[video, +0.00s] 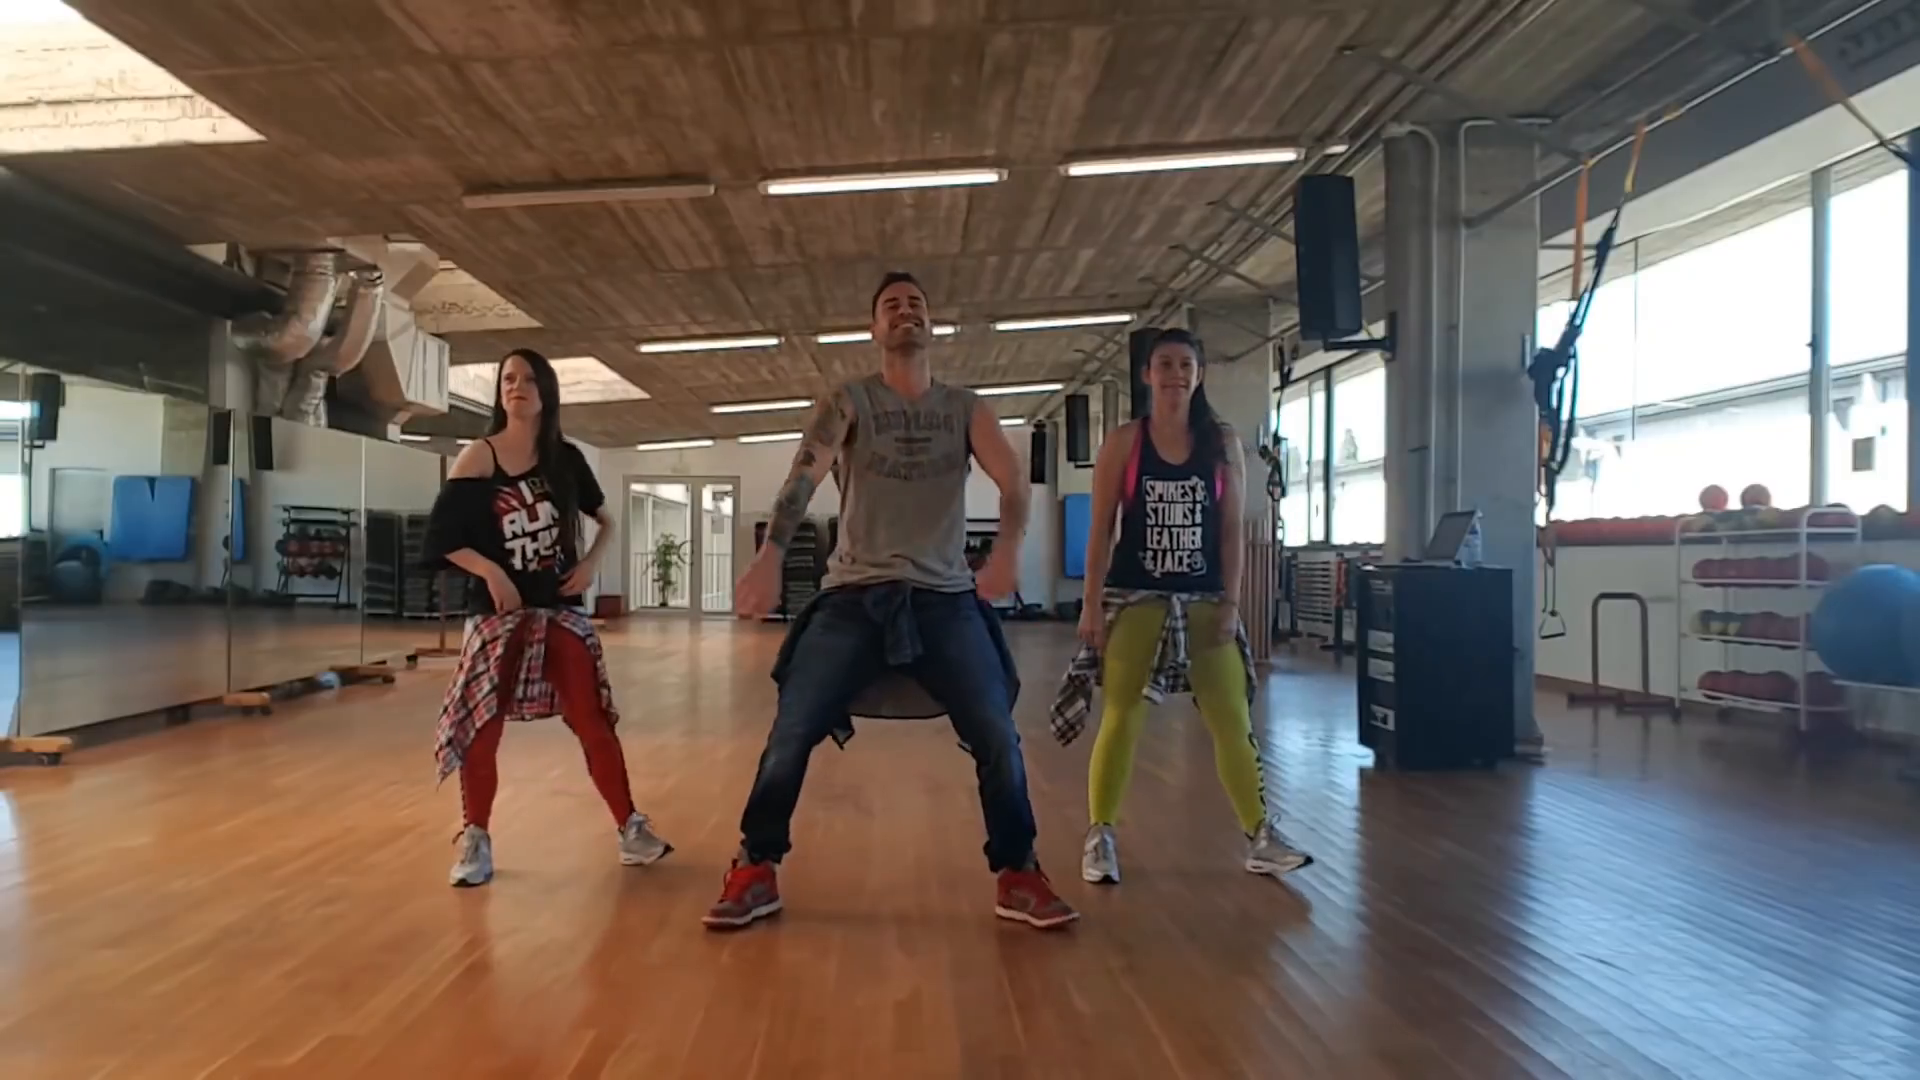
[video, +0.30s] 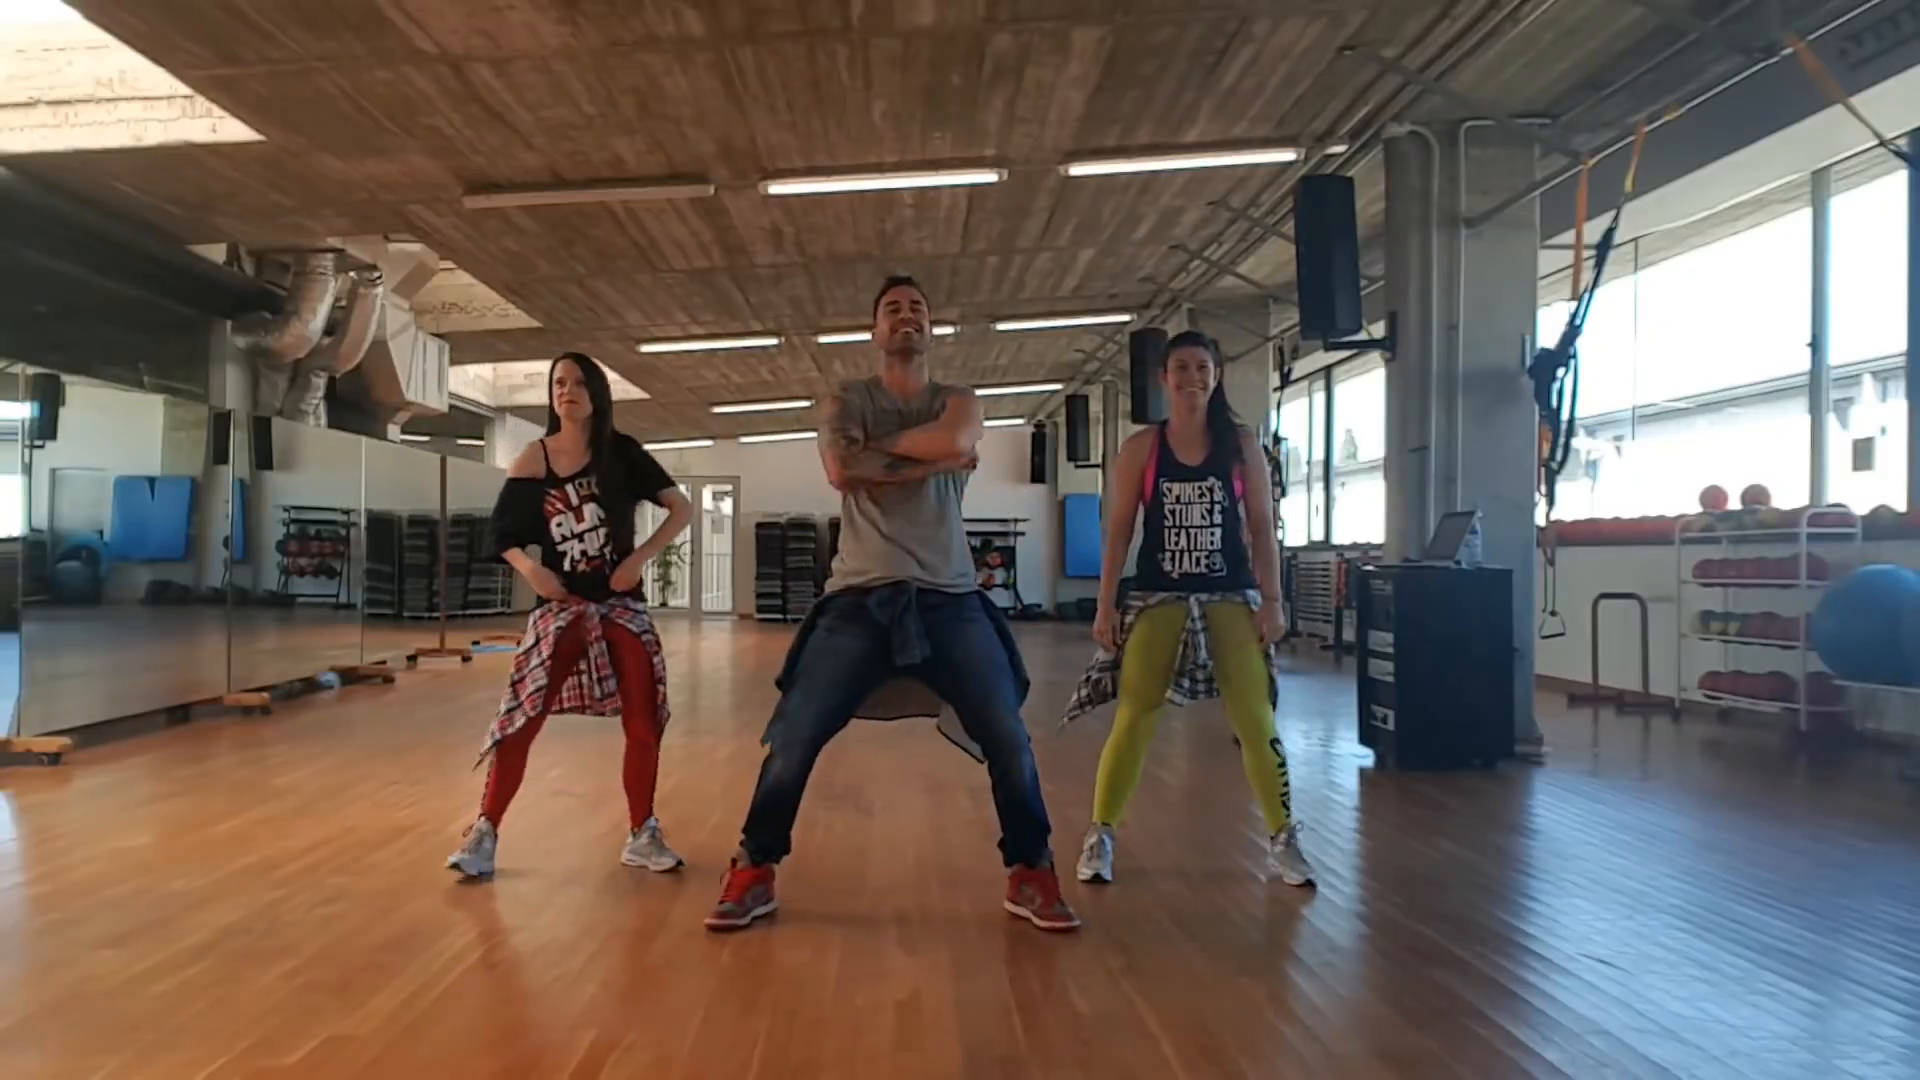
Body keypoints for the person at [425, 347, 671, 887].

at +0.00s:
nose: (518, 388)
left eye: (528, 380)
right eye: (510, 380)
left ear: (548, 390)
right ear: (499, 393)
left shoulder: (566, 458)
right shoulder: (477, 457)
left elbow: (605, 521)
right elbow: (445, 540)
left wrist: (590, 563)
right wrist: (492, 572)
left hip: (561, 607)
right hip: (499, 610)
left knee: (588, 715)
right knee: (481, 726)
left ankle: (630, 827)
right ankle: (475, 839)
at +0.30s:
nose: (568, 391)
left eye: (579, 384)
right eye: (560, 384)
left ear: (598, 393)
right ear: (551, 395)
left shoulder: (621, 451)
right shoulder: (533, 460)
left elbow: (682, 509)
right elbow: (502, 535)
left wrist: (639, 558)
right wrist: (530, 569)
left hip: (621, 602)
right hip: (560, 604)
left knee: (643, 719)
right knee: (521, 717)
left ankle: (643, 834)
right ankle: (484, 834)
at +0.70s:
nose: (589, 398)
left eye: (600, 390)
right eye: (582, 389)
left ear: (619, 398)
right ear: (571, 396)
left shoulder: (635, 451)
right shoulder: (552, 447)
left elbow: (672, 521)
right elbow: (513, 517)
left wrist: (622, 548)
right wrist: (545, 525)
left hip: (618, 601)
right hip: (558, 601)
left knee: (638, 716)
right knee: (536, 713)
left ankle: (661, 827)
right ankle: (515, 832)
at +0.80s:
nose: (588, 399)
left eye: (599, 392)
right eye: (580, 391)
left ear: (617, 399)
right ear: (570, 397)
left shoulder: (633, 448)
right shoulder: (551, 448)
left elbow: (663, 504)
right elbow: (511, 504)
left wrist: (600, 528)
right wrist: (546, 487)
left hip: (618, 599)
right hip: (556, 599)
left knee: (637, 711)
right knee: (533, 709)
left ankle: (662, 826)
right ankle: (514, 832)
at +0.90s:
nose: (588, 398)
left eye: (598, 390)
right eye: (580, 389)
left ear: (615, 398)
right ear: (569, 396)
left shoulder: (628, 439)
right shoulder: (551, 442)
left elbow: (651, 481)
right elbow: (511, 482)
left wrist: (580, 507)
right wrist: (566, 468)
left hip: (616, 595)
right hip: (554, 598)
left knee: (648, 708)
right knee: (532, 709)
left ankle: (668, 824)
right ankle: (515, 832)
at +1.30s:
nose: (588, 400)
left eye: (598, 392)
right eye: (580, 392)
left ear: (616, 399)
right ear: (571, 398)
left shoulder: (629, 440)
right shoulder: (553, 446)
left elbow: (605, 464)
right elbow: (527, 468)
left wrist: (554, 484)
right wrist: (596, 462)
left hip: (624, 594)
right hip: (565, 598)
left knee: (652, 714)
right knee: (536, 710)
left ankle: (679, 829)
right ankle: (514, 831)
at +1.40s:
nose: (583, 401)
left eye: (593, 394)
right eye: (577, 393)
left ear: (613, 400)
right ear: (569, 400)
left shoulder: (627, 442)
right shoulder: (555, 449)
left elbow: (593, 454)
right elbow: (515, 465)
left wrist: (547, 482)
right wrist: (579, 460)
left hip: (618, 598)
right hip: (561, 601)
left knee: (647, 717)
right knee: (535, 714)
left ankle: (679, 829)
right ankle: (515, 832)